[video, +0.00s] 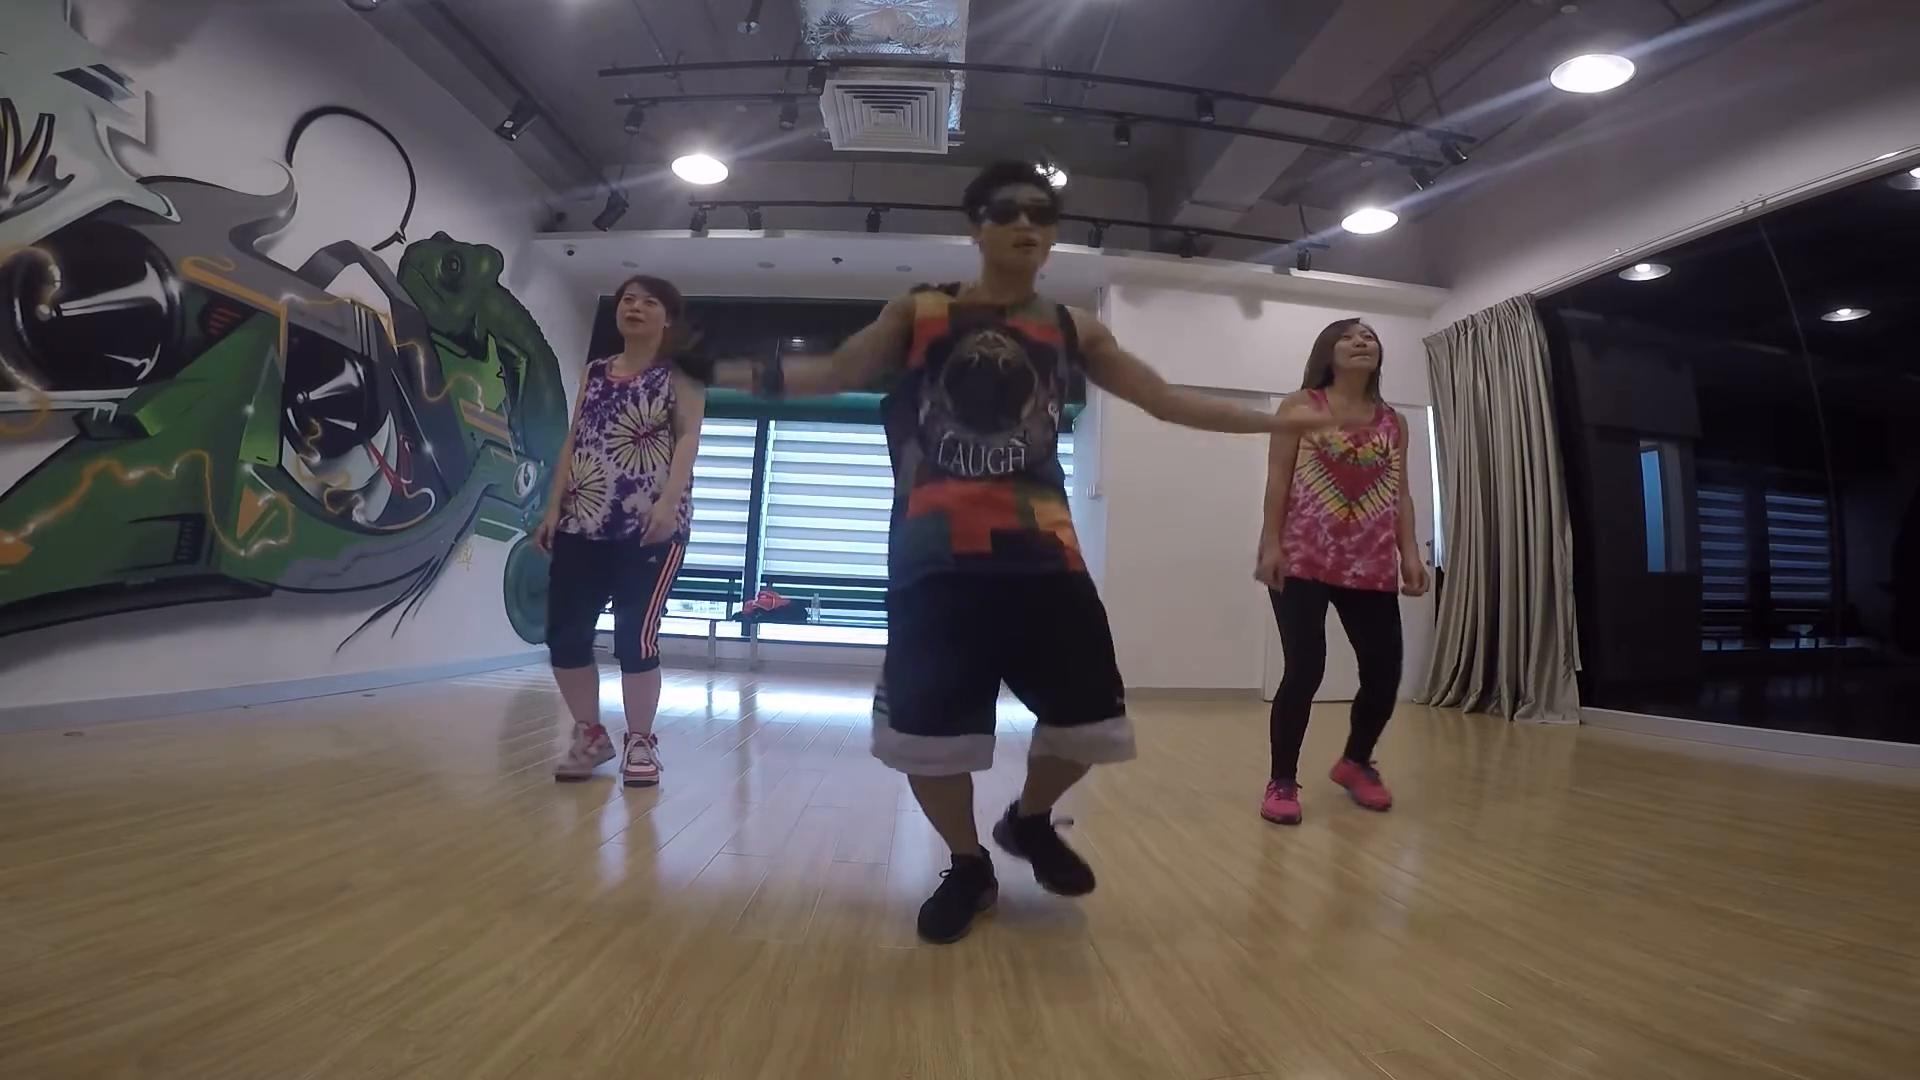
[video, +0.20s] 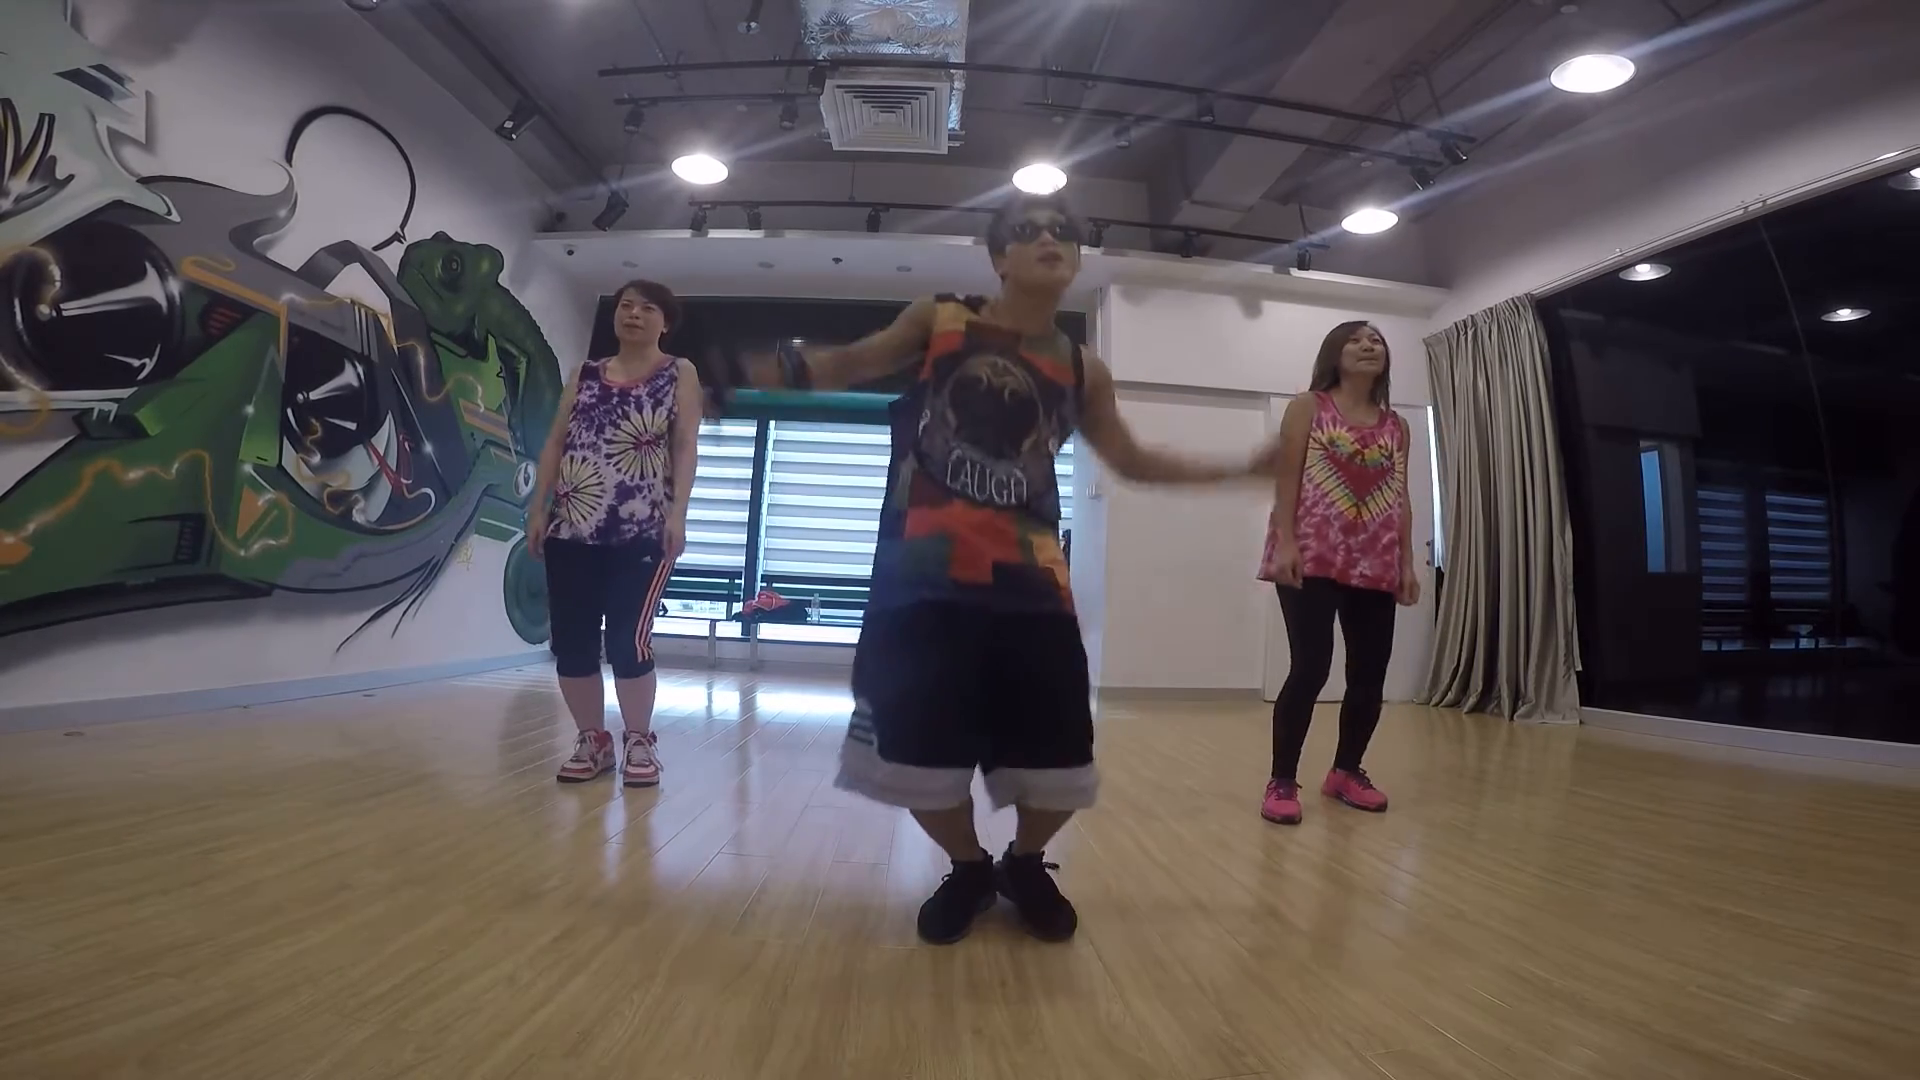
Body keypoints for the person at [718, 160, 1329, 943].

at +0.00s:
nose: (1027, 232)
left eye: (1041, 220)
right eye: (1009, 217)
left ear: (1053, 237)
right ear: (974, 228)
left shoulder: (1073, 331)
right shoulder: (915, 317)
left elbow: (1166, 398)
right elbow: (831, 369)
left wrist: (1275, 419)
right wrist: (755, 373)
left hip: (1044, 558)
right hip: (938, 560)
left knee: (1089, 723)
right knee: (924, 739)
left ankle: (1026, 821)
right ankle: (966, 867)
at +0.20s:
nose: (1049, 244)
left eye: (1062, 235)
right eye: (1029, 234)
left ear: (1077, 262)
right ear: (996, 257)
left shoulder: (1081, 367)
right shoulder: (939, 321)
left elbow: (1135, 462)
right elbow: (844, 361)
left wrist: (1246, 466)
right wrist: (763, 369)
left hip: (1031, 586)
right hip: (925, 580)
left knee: (1060, 767)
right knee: (913, 761)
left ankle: (1025, 864)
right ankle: (969, 867)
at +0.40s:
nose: (1048, 257)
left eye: (1062, 247)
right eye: (1028, 246)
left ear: (1077, 272)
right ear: (997, 268)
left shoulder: (1093, 388)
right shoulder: (942, 349)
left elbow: (1086, 499)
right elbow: (920, 467)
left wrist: (1071, 584)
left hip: (1050, 596)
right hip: (944, 589)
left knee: (1087, 767)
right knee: (916, 759)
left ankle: (1031, 863)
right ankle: (970, 864)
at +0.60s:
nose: (1008, 234)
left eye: (1023, 227)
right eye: (991, 223)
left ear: (1039, 251)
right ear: (961, 246)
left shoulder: (1078, 334)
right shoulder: (933, 345)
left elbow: (1101, 448)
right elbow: (934, 459)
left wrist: (1051, 507)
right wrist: (983, 515)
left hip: (1065, 576)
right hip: (962, 570)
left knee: (1078, 735)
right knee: (903, 722)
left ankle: (1025, 866)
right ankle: (937, 826)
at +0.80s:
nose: (973, 273)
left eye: (988, 265)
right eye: (958, 260)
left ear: (1005, 287)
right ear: (931, 281)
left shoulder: (1045, 350)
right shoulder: (917, 388)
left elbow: (1114, 427)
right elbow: (901, 479)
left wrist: (1159, 520)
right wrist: (884, 528)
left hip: (1061, 576)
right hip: (963, 586)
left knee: (1084, 740)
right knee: (935, 740)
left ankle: (1024, 867)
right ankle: (964, 817)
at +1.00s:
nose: (955, 312)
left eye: (970, 305)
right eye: (942, 302)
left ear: (989, 326)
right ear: (917, 320)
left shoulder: (1027, 383)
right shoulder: (904, 428)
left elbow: (1081, 480)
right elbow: (894, 526)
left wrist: (1137, 572)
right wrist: (845, 615)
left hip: (1041, 592)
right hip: (948, 603)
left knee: (1073, 737)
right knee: (934, 754)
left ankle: (1021, 884)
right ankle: (968, 823)